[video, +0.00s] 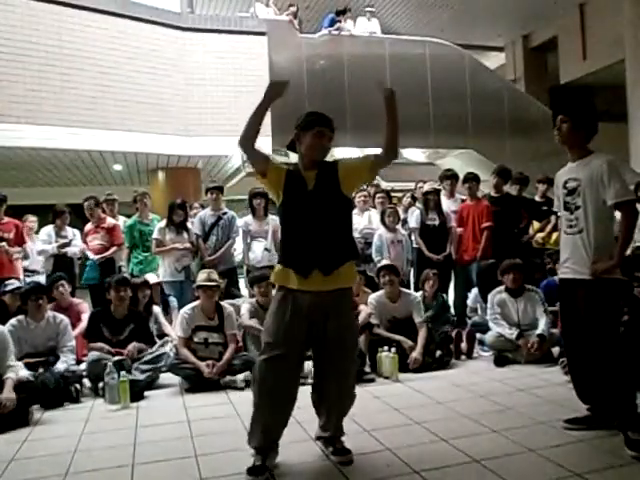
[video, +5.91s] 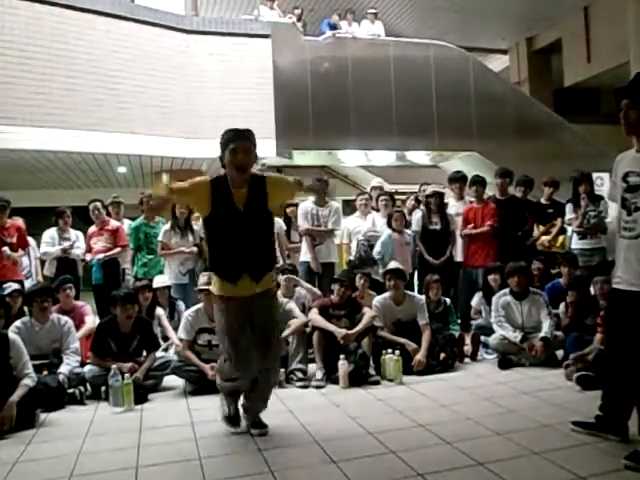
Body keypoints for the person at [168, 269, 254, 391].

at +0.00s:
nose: (209, 293)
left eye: (213, 289)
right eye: (205, 290)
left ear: (219, 291)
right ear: (197, 292)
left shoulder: (227, 311)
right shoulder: (187, 313)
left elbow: (232, 343)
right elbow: (181, 347)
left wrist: (222, 365)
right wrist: (200, 365)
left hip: (221, 357)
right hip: (197, 358)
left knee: (249, 359)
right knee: (173, 364)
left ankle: (198, 383)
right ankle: (221, 381)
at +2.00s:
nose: (209, 294)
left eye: (211, 289)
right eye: (204, 291)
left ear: (216, 290)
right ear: (196, 294)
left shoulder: (227, 312)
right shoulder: (186, 313)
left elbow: (232, 343)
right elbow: (181, 347)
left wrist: (221, 365)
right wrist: (201, 365)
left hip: (221, 357)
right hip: (196, 358)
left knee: (246, 361)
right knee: (173, 364)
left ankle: (198, 383)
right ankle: (222, 382)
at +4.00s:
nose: (211, 296)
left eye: (214, 292)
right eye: (206, 293)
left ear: (220, 293)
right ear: (200, 295)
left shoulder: (230, 314)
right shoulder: (191, 316)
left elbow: (237, 344)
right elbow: (184, 349)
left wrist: (225, 367)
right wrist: (204, 367)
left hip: (225, 361)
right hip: (200, 362)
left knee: (248, 368)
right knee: (177, 367)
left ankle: (202, 386)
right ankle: (225, 384)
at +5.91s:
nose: (207, 297)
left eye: (210, 293)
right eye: (204, 293)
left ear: (217, 294)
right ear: (199, 295)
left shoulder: (227, 313)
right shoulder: (191, 315)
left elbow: (236, 346)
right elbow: (184, 349)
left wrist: (220, 365)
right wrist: (204, 368)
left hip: (224, 360)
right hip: (200, 359)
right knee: (176, 366)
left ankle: (202, 386)